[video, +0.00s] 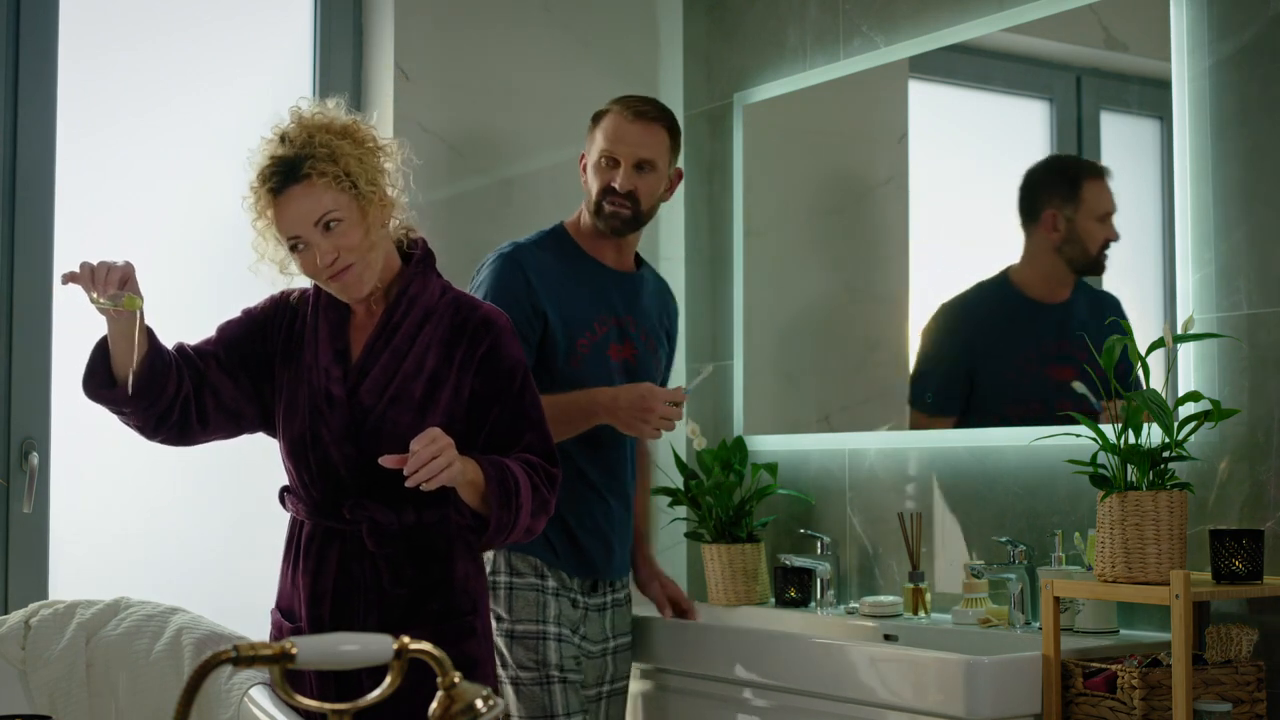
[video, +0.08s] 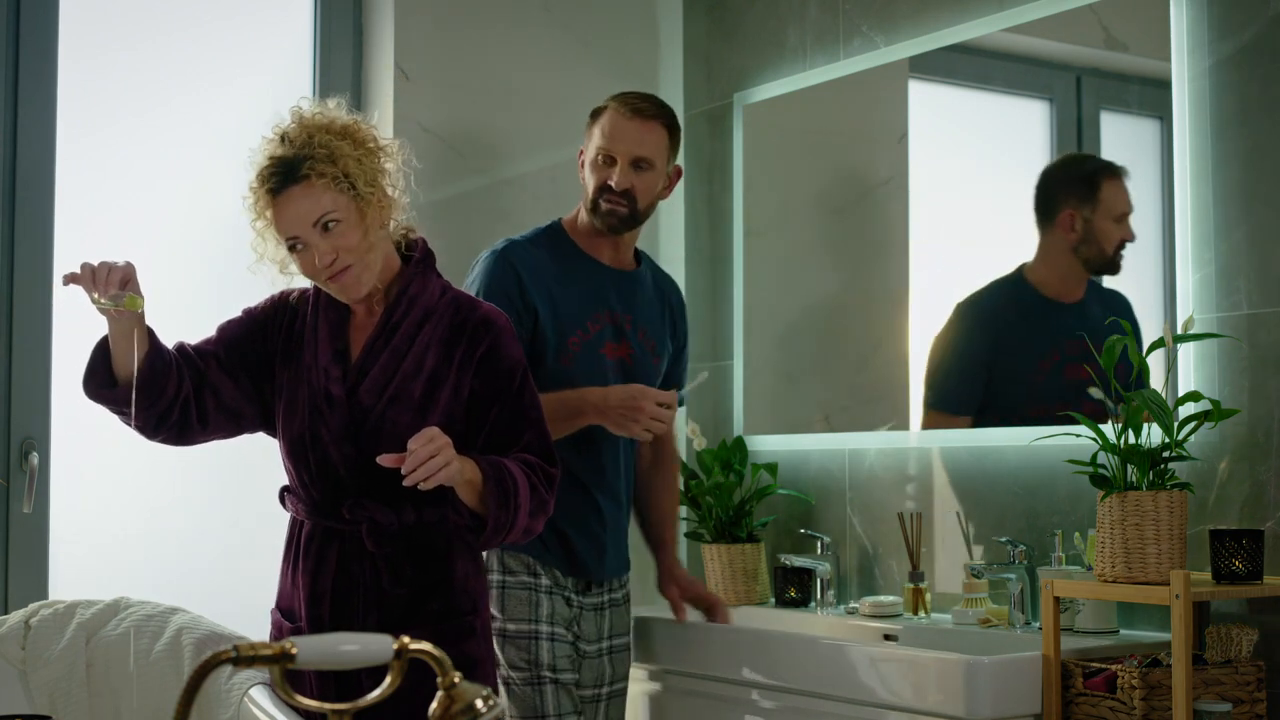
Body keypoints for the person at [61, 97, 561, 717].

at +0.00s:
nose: (320, 256)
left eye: (331, 224)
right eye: (297, 243)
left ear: (378, 206)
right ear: (286, 251)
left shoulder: (476, 333)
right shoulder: (288, 330)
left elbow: (533, 493)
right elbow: (174, 403)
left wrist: (466, 473)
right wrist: (125, 323)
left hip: (438, 620)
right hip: (313, 621)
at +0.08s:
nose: (319, 257)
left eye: (330, 225)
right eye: (296, 243)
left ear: (377, 206)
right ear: (285, 251)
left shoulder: (475, 333)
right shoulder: (289, 330)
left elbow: (531, 492)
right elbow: (174, 403)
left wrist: (466, 473)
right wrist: (126, 323)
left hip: (438, 623)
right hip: (312, 623)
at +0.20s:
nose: (318, 258)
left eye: (329, 225)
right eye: (295, 244)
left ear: (378, 206)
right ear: (284, 250)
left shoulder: (475, 332)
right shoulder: (289, 329)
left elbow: (531, 492)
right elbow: (173, 404)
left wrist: (463, 474)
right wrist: (126, 321)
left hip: (436, 616)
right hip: (313, 615)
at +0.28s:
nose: (318, 258)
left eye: (329, 226)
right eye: (296, 244)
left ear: (377, 206)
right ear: (285, 251)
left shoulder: (475, 332)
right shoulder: (289, 330)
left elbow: (533, 491)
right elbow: (173, 404)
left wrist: (463, 474)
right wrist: (125, 321)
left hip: (436, 617)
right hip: (313, 617)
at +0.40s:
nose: (317, 258)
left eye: (329, 228)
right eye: (296, 245)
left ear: (378, 206)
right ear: (284, 251)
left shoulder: (475, 332)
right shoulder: (288, 330)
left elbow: (533, 488)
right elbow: (169, 403)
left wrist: (464, 474)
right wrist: (125, 320)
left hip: (436, 616)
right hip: (313, 616)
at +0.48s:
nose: (315, 259)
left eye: (327, 229)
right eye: (295, 245)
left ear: (379, 209)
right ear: (284, 250)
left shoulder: (475, 333)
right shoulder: (289, 329)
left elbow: (534, 488)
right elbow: (172, 404)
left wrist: (464, 473)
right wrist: (126, 321)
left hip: (436, 615)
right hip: (313, 615)